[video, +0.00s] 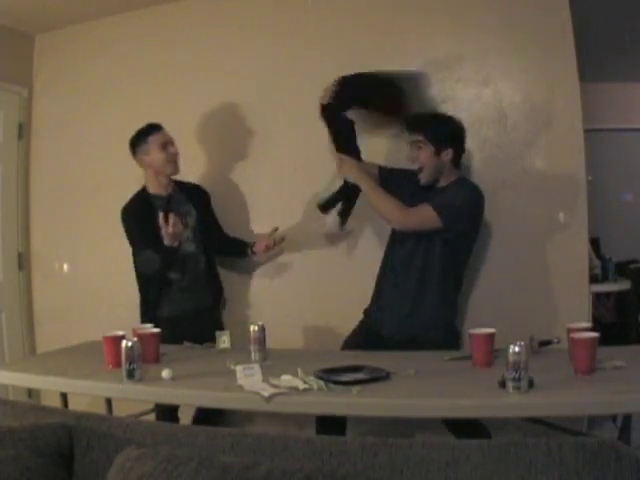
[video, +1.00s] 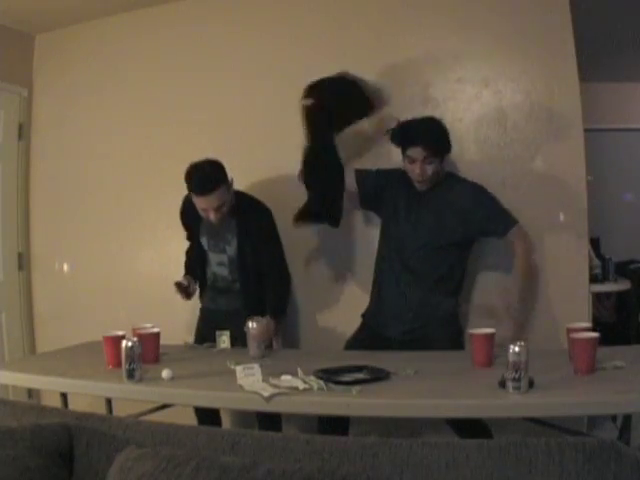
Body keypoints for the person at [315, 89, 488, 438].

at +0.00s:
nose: (413, 157)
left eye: (420, 148)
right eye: (413, 148)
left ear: (448, 154)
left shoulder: (466, 198)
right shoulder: (413, 184)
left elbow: (401, 218)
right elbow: (356, 167)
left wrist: (360, 180)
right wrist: (334, 115)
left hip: (429, 328)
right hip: (382, 320)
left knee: (456, 414)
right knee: (330, 387)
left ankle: (500, 469)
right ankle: (329, 476)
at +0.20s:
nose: (402, 167)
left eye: (407, 158)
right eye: (399, 159)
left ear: (434, 154)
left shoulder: (459, 198)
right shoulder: (407, 185)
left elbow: (400, 233)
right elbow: (358, 162)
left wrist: (364, 191)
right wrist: (361, 110)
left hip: (429, 329)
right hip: (383, 321)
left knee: (452, 412)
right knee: (329, 387)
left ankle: (498, 467)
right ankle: (328, 473)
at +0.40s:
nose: (421, 183)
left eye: (429, 175)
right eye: (414, 174)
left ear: (445, 168)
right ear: (404, 167)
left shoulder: (461, 200)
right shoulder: (397, 185)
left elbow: (439, 264)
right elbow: (352, 176)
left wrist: (384, 222)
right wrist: (343, 125)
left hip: (431, 329)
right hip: (381, 321)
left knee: (455, 413)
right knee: (327, 389)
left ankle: (499, 469)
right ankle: (328, 472)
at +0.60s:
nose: (424, 179)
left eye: (432, 170)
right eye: (416, 170)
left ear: (441, 163)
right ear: (401, 163)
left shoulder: (461, 201)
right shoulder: (384, 187)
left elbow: (493, 260)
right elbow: (342, 194)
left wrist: (454, 287)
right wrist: (328, 143)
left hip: (437, 325)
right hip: (385, 318)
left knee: (455, 407)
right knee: (333, 388)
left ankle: (499, 469)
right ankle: (327, 474)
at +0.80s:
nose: (429, 173)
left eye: (436, 165)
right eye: (420, 164)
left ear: (446, 160)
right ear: (406, 159)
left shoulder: (465, 200)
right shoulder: (388, 184)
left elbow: (504, 255)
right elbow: (330, 180)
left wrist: (528, 318)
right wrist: (312, 136)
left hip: (437, 328)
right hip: (381, 322)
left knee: (460, 412)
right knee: (331, 391)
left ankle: (504, 475)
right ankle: (328, 473)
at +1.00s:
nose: (419, 170)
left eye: (428, 162)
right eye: (411, 161)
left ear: (444, 158)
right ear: (402, 157)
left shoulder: (468, 197)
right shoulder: (391, 186)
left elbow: (522, 243)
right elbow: (326, 179)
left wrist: (519, 314)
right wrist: (370, 133)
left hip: (436, 328)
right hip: (381, 322)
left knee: (458, 409)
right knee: (332, 391)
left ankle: (502, 474)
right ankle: (328, 476)